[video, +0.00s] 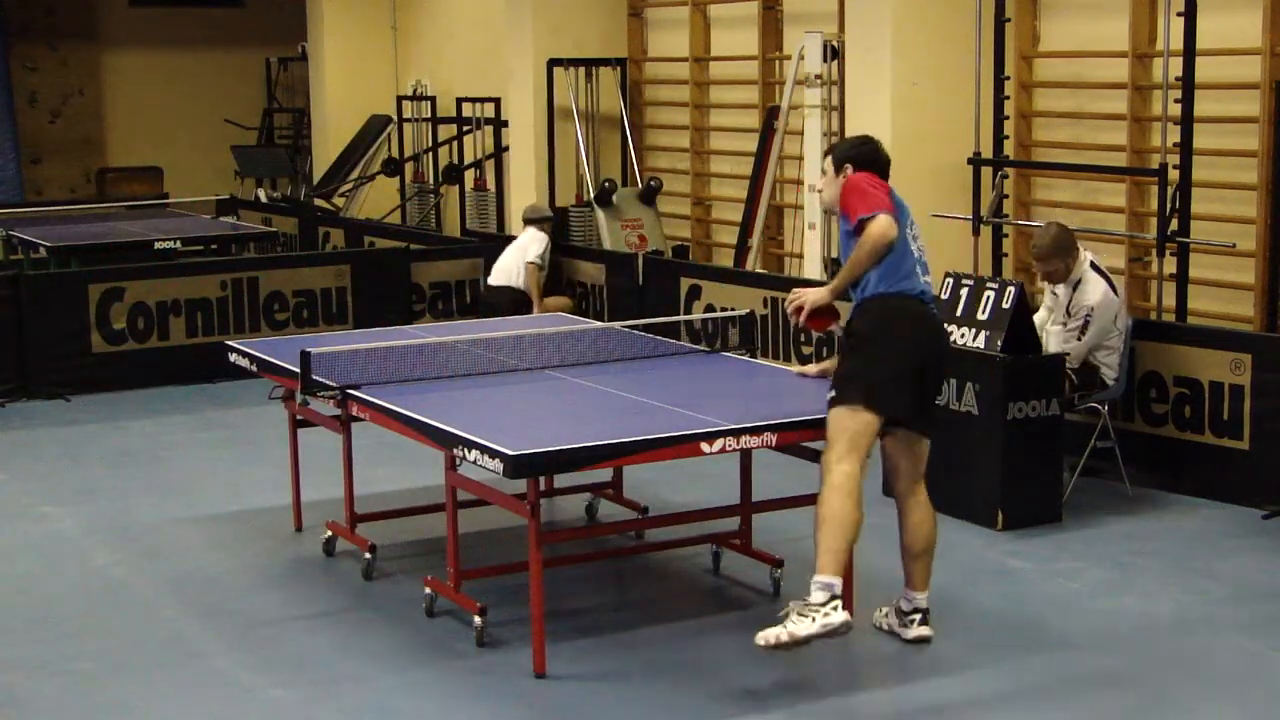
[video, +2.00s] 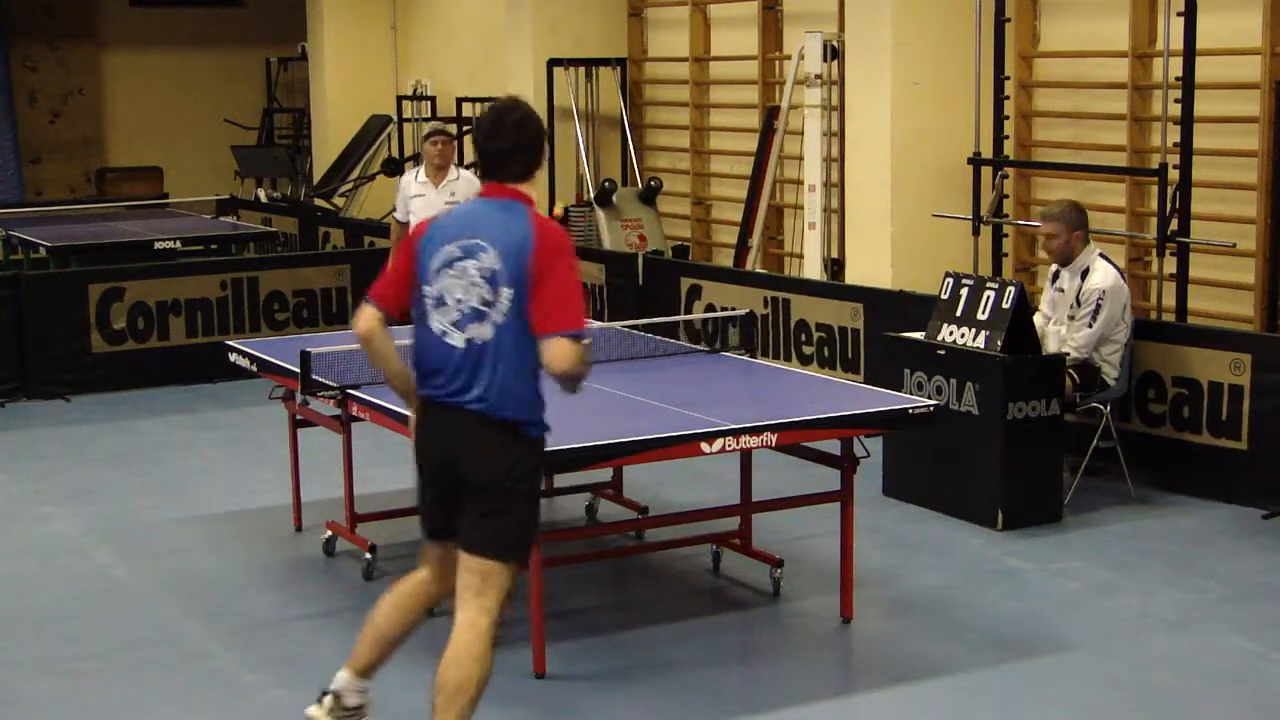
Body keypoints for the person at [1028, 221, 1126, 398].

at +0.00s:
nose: (1042, 278)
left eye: (1050, 272)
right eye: (1039, 271)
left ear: (1070, 262)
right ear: (1036, 259)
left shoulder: (1093, 299)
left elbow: (1068, 359)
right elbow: (1045, 314)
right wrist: (1015, 340)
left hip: (1096, 374)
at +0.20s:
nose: (1043, 280)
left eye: (1051, 274)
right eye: (1040, 273)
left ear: (1071, 265)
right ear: (1037, 262)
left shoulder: (1096, 300)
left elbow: (1071, 360)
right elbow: (1045, 312)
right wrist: (1018, 340)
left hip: (1097, 372)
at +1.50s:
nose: (1041, 273)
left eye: (1047, 267)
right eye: (1038, 266)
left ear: (1069, 257)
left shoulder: (1097, 293)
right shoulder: (1059, 270)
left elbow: (1075, 350)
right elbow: (1045, 316)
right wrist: (1014, 336)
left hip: (1105, 368)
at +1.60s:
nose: (1035, 264)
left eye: (1039, 259)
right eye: (1035, 259)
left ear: (1063, 253)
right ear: (1062, 253)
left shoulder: (1098, 292)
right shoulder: (1060, 271)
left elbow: (1076, 351)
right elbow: (1041, 321)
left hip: (1103, 369)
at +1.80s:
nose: (1032, 248)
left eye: (1037, 242)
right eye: (1033, 241)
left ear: (1059, 248)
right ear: (1059, 248)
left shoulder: (1099, 289)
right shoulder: (1057, 267)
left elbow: (1076, 351)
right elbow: (1044, 313)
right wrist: (1016, 339)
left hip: (1100, 370)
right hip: (1065, 356)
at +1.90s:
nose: (1034, 246)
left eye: (1040, 241)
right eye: (1035, 239)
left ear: (1064, 243)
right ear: (1063, 244)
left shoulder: (1101, 287)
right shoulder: (1058, 267)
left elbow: (1076, 351)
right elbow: (1043, 316)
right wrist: (1013, 340)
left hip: (1097, 372)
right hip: (1064, 356)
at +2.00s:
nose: (1044, 246)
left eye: (1051, 238)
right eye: (1043, 238)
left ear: (1076, 238)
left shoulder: (1103, 282)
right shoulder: (1058, 268)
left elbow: (1079, 348)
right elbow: (1043, 318)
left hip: (1096, 373)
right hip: (1060, 360)